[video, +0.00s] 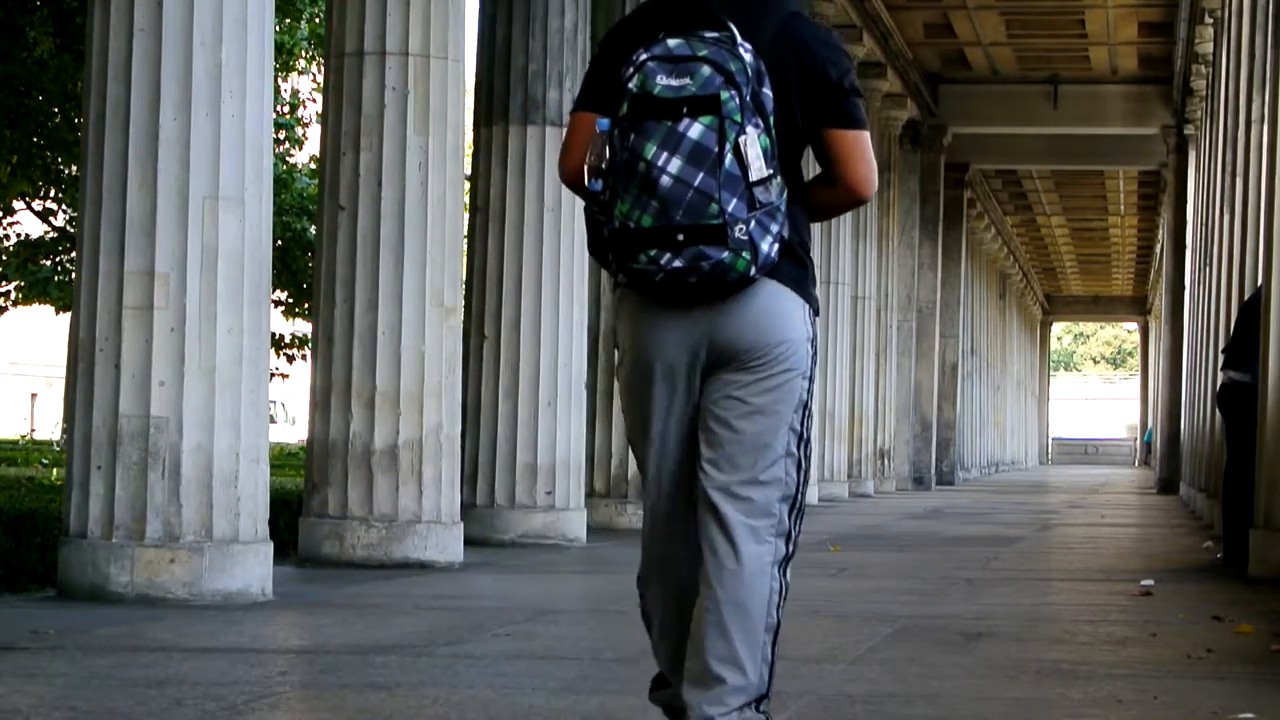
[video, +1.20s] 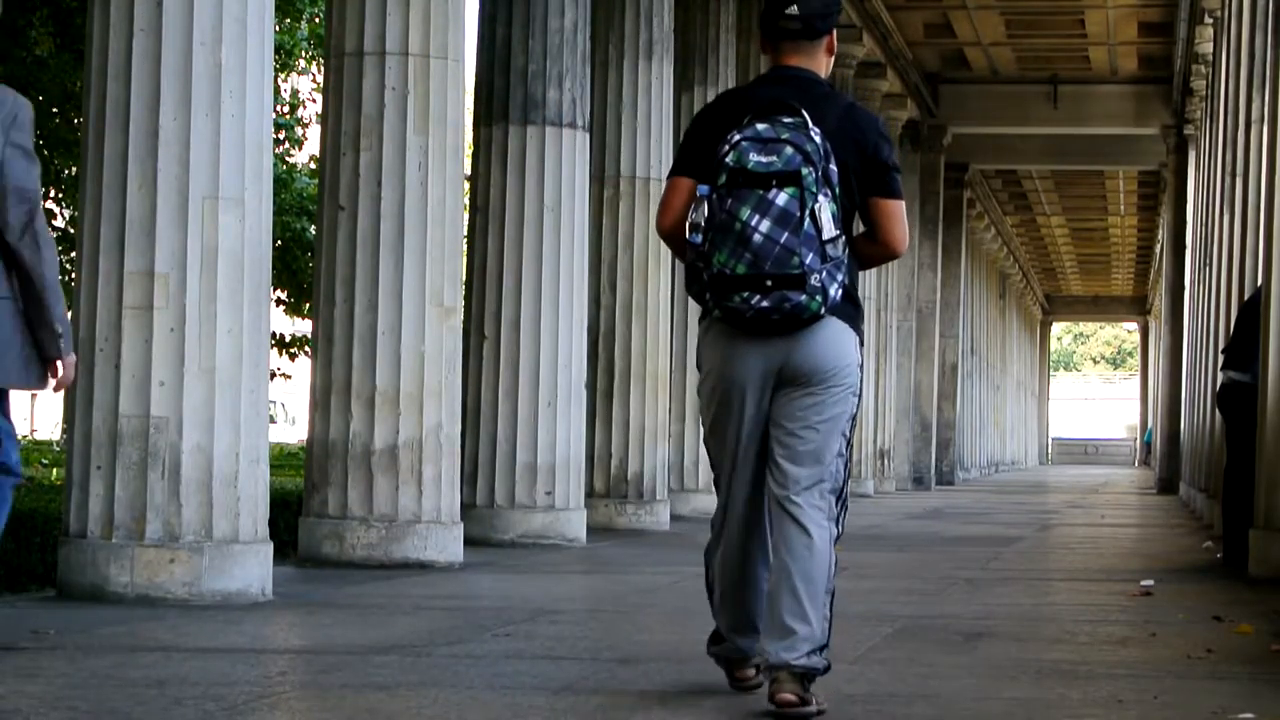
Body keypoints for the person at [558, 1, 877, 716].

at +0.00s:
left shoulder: (636, 27)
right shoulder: (803, 36)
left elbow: (576, 163)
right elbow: (858, 180)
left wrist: (648, 209)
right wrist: (785, 203)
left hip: (652, 302)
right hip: (764, 300)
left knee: (665, 501)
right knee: (745, 507)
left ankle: (677, 683)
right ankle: (725, 704)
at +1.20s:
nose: (834, 47)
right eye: (835, 37)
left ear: (764, 42)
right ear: (832, 43)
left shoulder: (717, 116)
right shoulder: (859, 125)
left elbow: (669, 221)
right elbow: (893, 239)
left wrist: (716, 260)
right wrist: (832, 258)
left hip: (732, 328)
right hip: (824, 329)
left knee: (736, 493)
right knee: (805, 496)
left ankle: (737, 648)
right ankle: (792, 670)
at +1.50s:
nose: (820, 62)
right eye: (820, 52)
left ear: (753, 57)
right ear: (815, 54)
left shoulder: (711, 132)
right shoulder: (844, 131)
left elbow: (668, 236)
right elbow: (881, 239)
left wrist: (664, 323)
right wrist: (896, 327)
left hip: (733, 336)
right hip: (816, 333)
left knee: (746, 492)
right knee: (831, 482)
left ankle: (748, 658)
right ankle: (804, 583)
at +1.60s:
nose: (825, 68)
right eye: (826, 59)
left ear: (759, 60)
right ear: (820, 59)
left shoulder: (715, 131)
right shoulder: (846, 133)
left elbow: (678, 240)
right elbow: (884, 232)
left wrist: (681, 317)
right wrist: (920, 328)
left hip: (736, 334)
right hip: (822, 329)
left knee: (747, 491)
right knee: (838, 478)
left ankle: (750, 653)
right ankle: (815, 611)